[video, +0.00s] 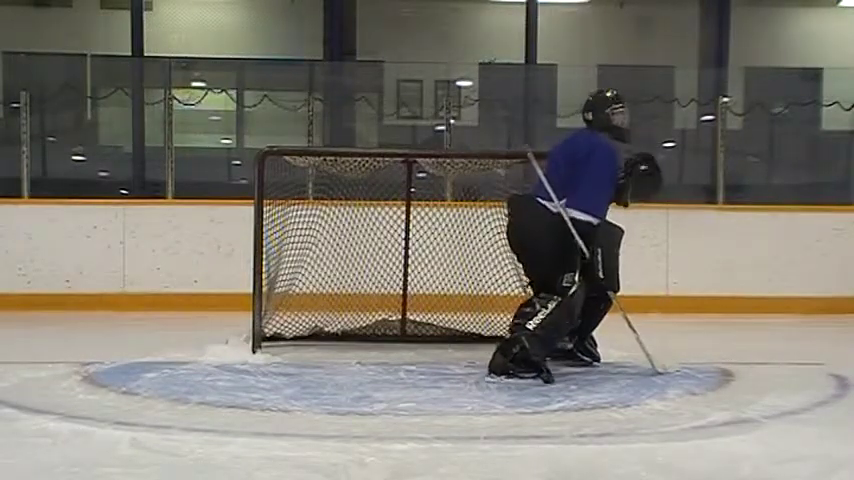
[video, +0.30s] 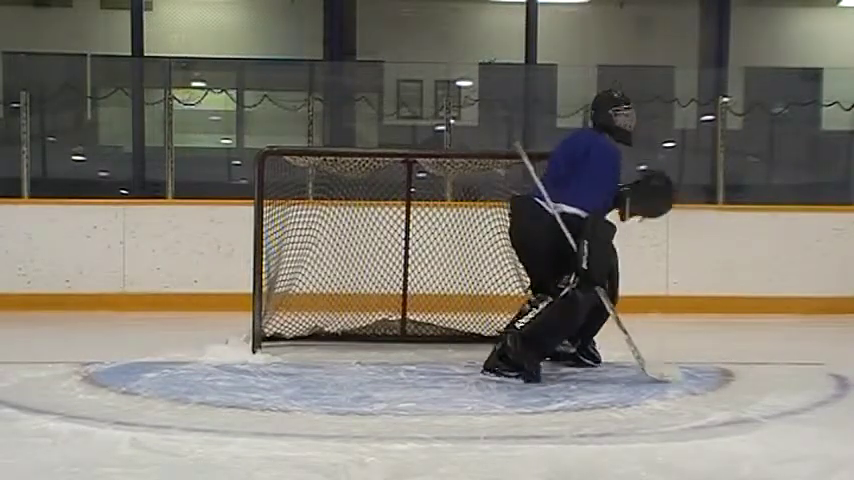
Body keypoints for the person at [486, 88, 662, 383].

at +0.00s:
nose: (625, 118)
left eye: (624, 112)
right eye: (619, 113)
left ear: (593, 117)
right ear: (603, 117)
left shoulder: (576, 141)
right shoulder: (603, 150)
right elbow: (582, 215)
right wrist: (588, 260)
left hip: (525, 213)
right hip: (545, 221)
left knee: (548, 288)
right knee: (567, 291)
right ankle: (519, 352)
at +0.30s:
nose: (630, 121)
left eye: (630, 114)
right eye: (624, 115)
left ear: (599, 117)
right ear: (607, 117)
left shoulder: (579, 140)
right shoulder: (605, 150)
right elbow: (584, 207)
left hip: (531, 215)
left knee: (550, 288)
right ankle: (513, 353)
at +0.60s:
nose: (620, 126)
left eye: (624, 119)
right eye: (614, 118)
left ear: (629, 123)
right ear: (595, 119)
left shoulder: (623, 163)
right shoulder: (570, 148)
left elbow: (602, 223)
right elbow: (533, 212)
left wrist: (637, 228)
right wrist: (537, 267)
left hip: (583, 254)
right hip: (550, 252)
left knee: (600, 297)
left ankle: (579, 352)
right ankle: (524, 371)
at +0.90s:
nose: (636, 118)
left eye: (639, 112)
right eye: (629, 112)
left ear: (641, 114)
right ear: (612, 114)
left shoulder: (630, 150)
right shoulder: (592, 147)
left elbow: (625, 204)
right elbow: (574, 210)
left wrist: (656, 203)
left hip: (596, 234)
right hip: (567, 233)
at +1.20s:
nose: (662, 116)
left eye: (665, 110)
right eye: (656, 110)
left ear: (667, 112)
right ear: (638, 111)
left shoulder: (661, 148)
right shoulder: (609, 144)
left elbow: (653, 200)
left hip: (643, 236)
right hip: (610, 236)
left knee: (671, 289)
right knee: (593, 311)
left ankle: (648, 363)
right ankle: (539, 372)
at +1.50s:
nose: (629, 127)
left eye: (636, 121)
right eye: (623, 119)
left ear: (646, 124)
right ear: (611, 122)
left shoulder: (653, 159)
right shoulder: (595, 156)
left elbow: (653, 211)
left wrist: (678, 228)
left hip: (627, 251)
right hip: (583, 251)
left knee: (656, 308)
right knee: (548, 316)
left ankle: (684, 374)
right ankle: (491, 365)